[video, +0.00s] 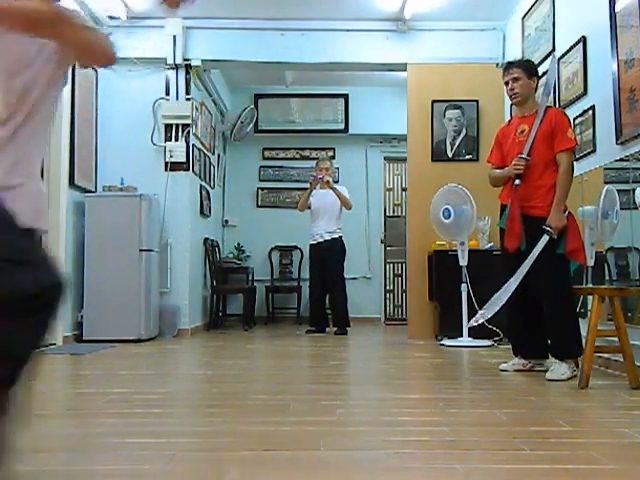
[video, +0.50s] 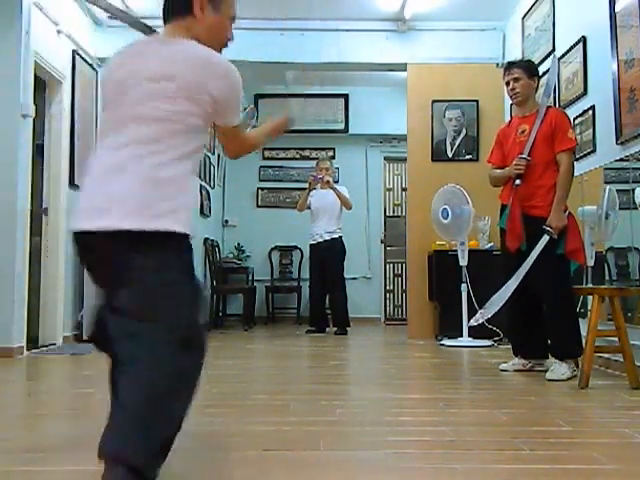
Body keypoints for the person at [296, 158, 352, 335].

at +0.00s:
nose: (323, 173)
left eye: (326, 170)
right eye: (320, 170)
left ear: (331, 171)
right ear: (316, 172)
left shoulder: (339, 190)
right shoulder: (312, 193)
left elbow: (348, 206)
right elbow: (301, 208)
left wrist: (332, 188)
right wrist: (310, 188)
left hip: (334, 241)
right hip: (316, 243)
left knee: (336, 285)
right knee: (316, 286)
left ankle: (341, 325)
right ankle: (318, 324)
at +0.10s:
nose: (323, 173)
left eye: (326, 170)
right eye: (320, 170)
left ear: (331, 171)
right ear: (316, 172)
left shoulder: (339, 190)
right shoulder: (313, 193)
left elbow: (348, 206)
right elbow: (300, 208)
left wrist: (333, 188)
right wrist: (310, 189)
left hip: (334, 241)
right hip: (316, 243)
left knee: (336, 285)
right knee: (316, 286)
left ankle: (341, 325)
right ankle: (318, 324)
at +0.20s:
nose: (323, 173)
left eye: (326, 170)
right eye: (320, 170)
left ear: (331, 171)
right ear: (316, 172)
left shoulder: (339, 190)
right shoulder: (312, 193)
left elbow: (348, 206)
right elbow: (300, 208)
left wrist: (333, 188)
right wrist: (309, 189)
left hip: (334, 241)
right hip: (316, 243)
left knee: (336, 285)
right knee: (316, 286)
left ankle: (341, 325)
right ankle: (318, 324)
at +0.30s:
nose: (323, 173)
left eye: (326, 170)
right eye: (320, 170)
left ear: (331, 171)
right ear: (316, 172)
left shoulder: (339, 190)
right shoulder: (312, 193)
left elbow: (348, 206)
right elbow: (300, 208)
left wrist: (333, 188)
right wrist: (309, 188)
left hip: (334, 241)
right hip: (316, 243)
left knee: (336, 285)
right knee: (316, 286)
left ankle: (341, 325)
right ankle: (318, 324)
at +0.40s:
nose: (323, 173)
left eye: (326, 170)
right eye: (320, 170)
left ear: (331, 171)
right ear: (316, 172)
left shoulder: (339, 190)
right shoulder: (312, 193)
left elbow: (348, 206)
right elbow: (300, 208)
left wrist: (333, 188)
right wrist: (309, 189)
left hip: (334, 241)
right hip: (316, 243)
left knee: (336, 285)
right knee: (316, 286)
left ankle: (341, 324)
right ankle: (318, 323)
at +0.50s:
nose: (323, 173)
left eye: (326, 170)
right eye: (320, 170)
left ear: (331, 171)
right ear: (316, 172)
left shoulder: (339, 190)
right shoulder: (312, 193)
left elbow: (348, 206)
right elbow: (300, 208)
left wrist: (333, 188)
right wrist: (309, 189)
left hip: (334, 241)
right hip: (316, 243)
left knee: (336, 285)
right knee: (316, 286)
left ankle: (341, 324)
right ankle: (318, 323)